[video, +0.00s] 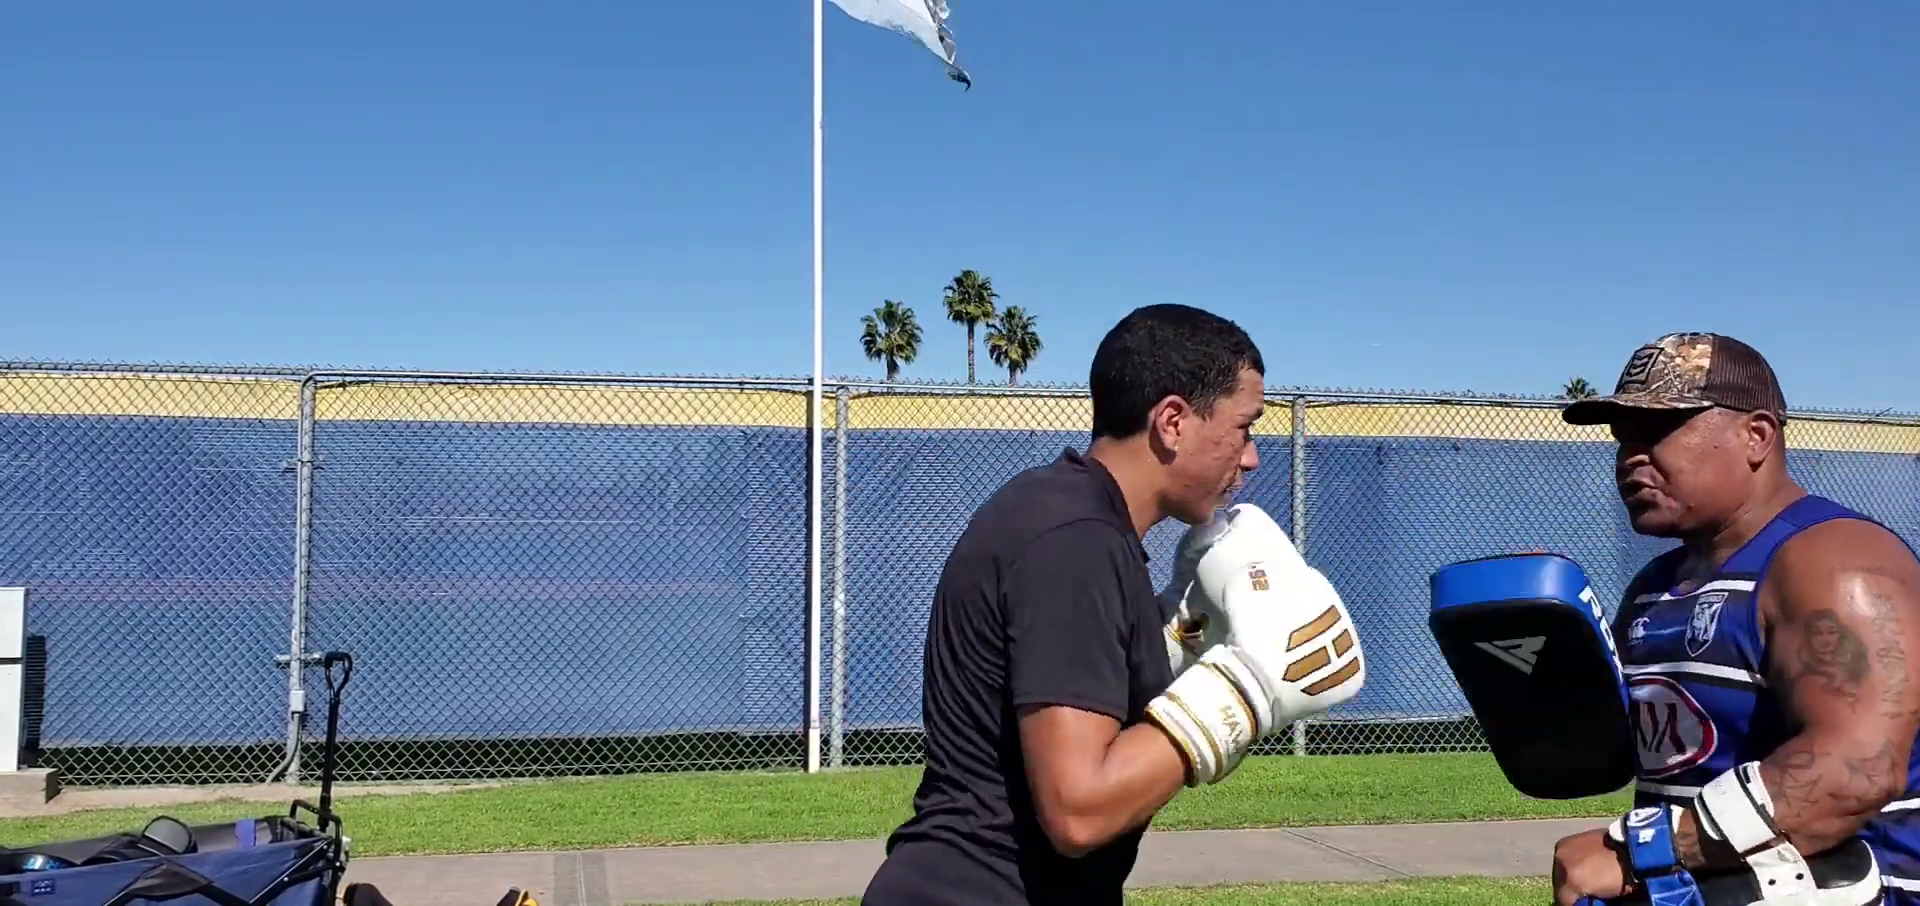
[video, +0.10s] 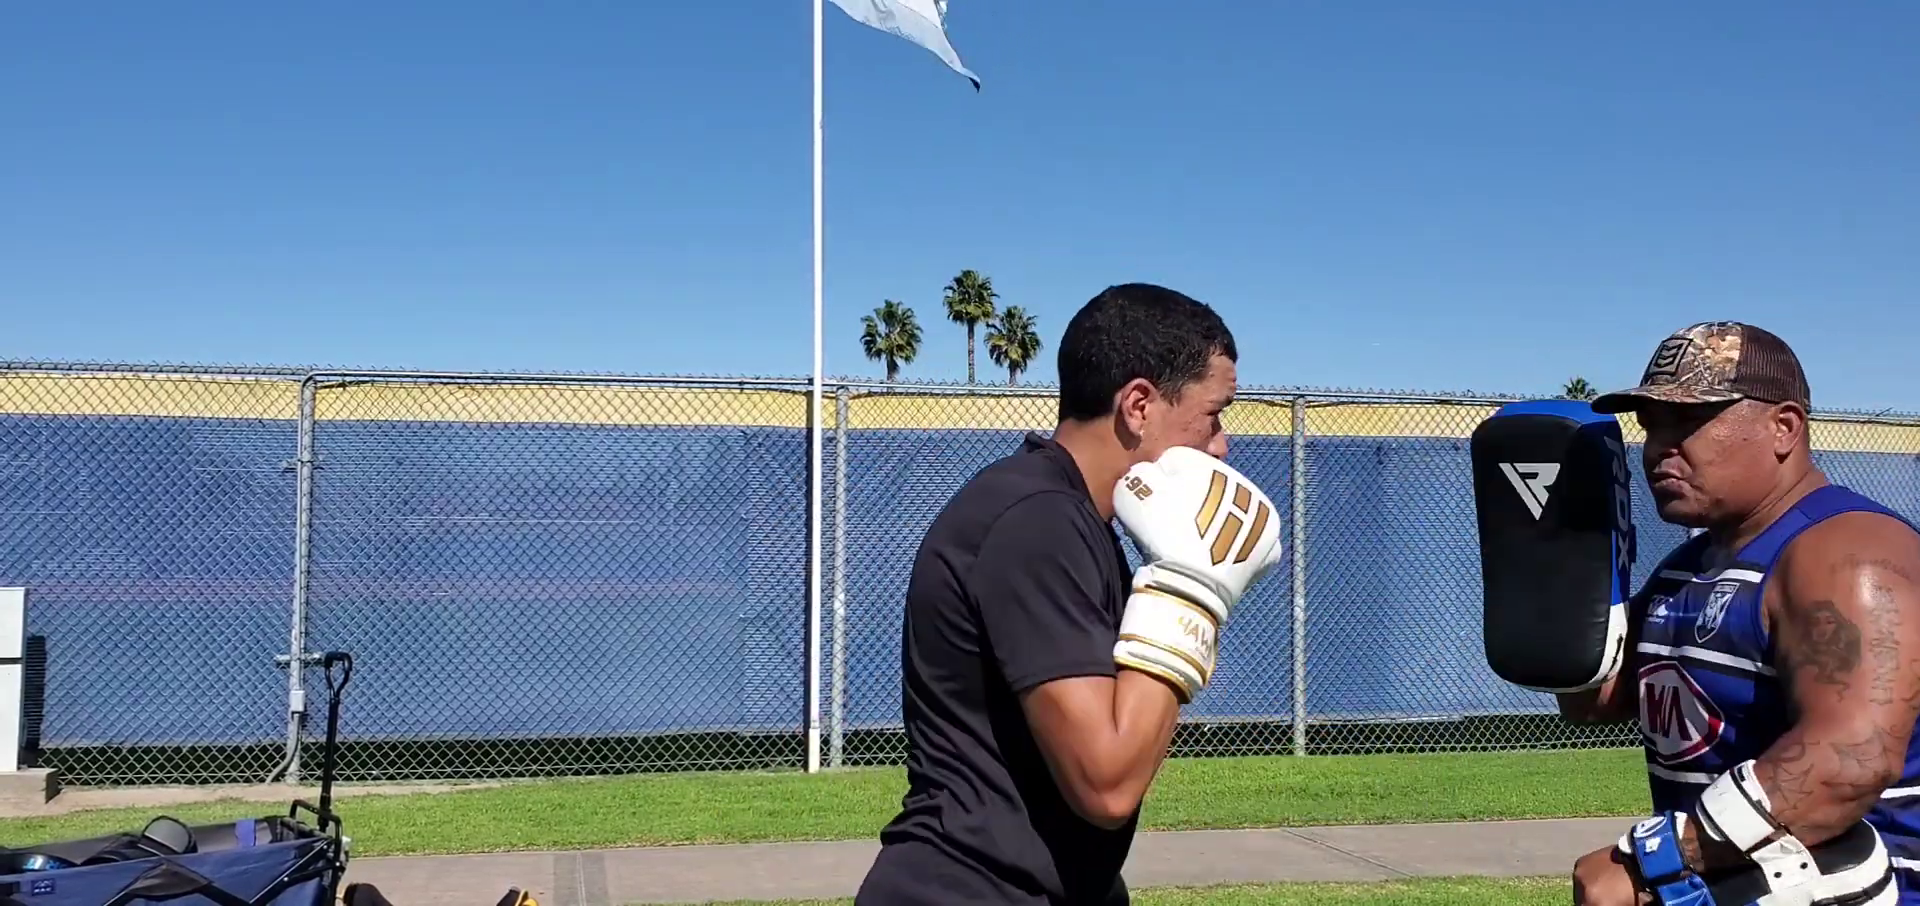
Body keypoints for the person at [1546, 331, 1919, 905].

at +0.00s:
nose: (1628, 457)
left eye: (1657, 428)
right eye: (1622, 434)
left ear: (1756, 437)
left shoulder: (1841, 563)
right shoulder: (1652, 586)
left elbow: (1856, 768)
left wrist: (1640, 850)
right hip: (1687, 875)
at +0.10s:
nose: (1656, 448)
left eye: (1688, 421)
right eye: (1651, 425)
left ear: (1784, 429)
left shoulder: (1852, 557)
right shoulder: (1690, 563)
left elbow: (1848, 762)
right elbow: (1596, 700)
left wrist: (1648, 861)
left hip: (1822, 880)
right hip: (1706, 875)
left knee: (1603, 882)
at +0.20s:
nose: (1678, 439)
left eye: (1707, 412)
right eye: (1672, 416)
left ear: (1805, 423)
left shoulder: (1860, 549)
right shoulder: (1717, 551)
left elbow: (1846, 741)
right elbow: (1596, 654)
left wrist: (1639, 808)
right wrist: (1592, 494)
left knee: (1596, 895)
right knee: (1570, 890)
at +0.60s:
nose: (1688, 482)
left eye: (1719, 453)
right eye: (1685, 453)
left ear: (1826, 451)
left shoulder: (1894, 567)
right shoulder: (1691, 559)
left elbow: (1893, 765)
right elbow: (1565, 632)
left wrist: (1685, 788)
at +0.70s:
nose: (1690, 479)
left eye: (1719, 455)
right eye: (1692, 454)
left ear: (1829, 444)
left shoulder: (1899, 586)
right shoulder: (1727, 539)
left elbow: (1905, 799)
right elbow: (1612, 599)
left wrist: (1698, 777)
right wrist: (1560, 497)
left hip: (1875, 873)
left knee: (1603, 847)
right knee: (1591, 816)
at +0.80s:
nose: (1714, 501)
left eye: (1739, 476)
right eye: (1713, 475)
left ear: (1851, 467)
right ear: (1850, 469)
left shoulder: (1903, 610)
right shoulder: (1768, 556)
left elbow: (1893, 829)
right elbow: (1676, 666)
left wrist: (1686, 737)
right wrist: (1555, 687)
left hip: (1864, 892)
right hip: (1748, 885)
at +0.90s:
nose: (1713, 506)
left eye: (1740, 484)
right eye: (1711, 481)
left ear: (1846, 473)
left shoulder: (1904, 602)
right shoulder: (1776, 557)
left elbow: (1870, 822)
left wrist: (1655, 731)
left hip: (1857, 892)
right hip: (1761, 880)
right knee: (1584, 842)